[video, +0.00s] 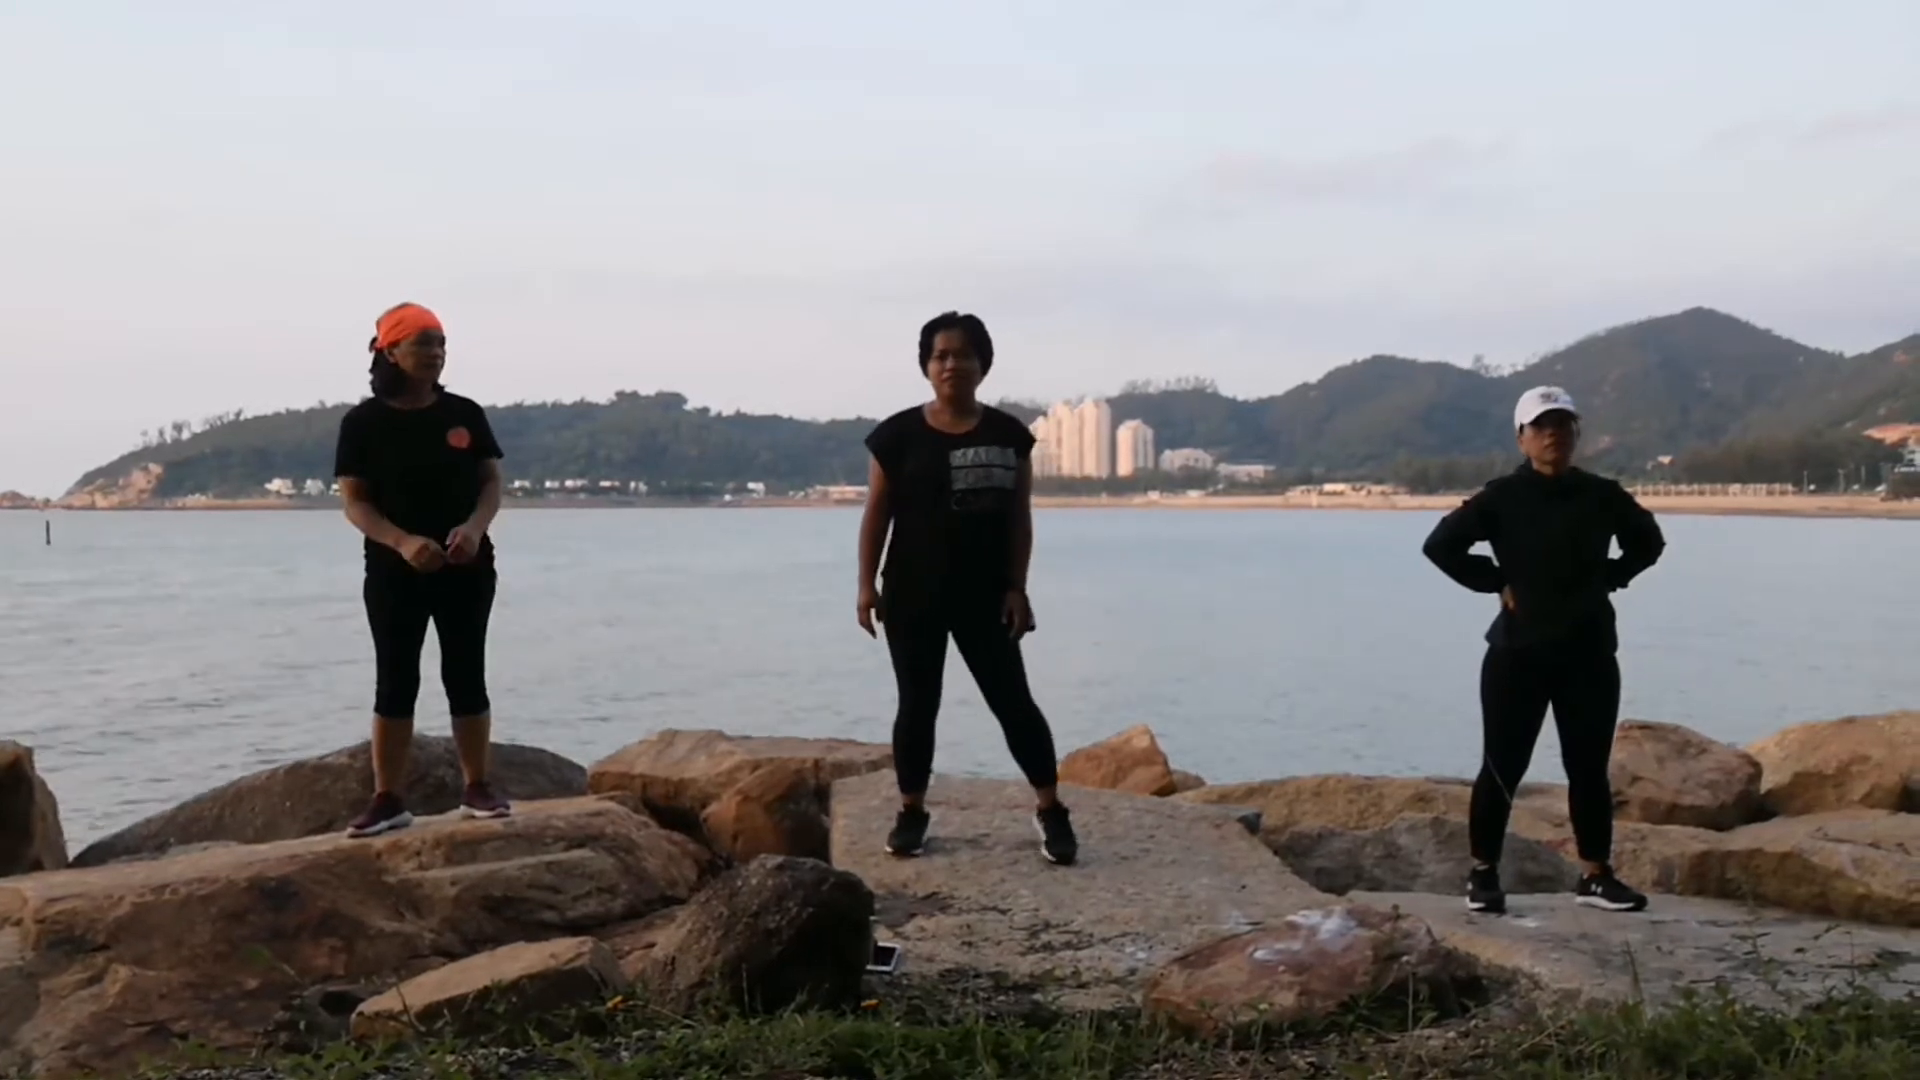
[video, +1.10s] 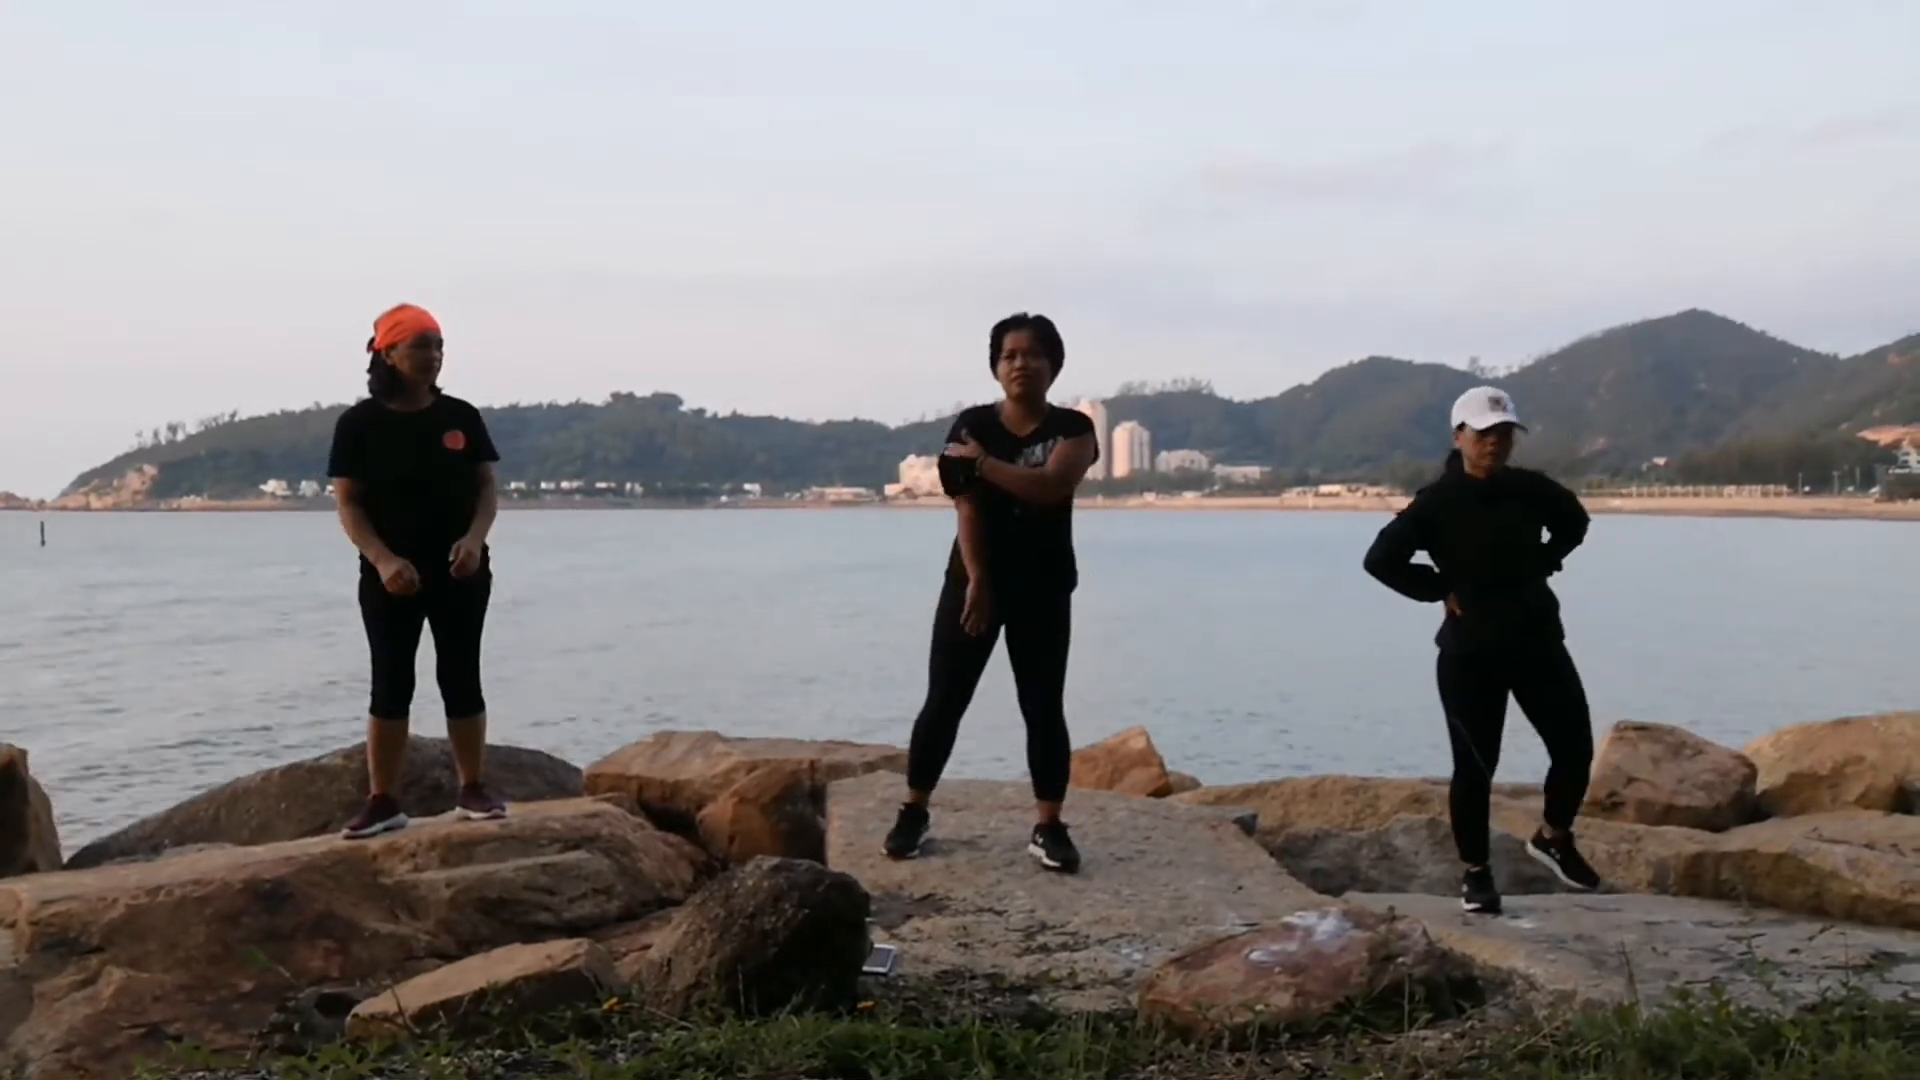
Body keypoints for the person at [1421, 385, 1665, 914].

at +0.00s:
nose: (1555, 437)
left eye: (1563, 427)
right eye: (1543, 428)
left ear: (1576, 434)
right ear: (1522, 437)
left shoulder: (1601, 494)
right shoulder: (1502, 497)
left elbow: (1649, 541)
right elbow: (1439, 547)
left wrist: (1608, 577)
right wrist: (1497, 582)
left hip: (1588, 654)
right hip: (1519, 653)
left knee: (1590, 770)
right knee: (1502, 768)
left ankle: (1597, 875)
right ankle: (1484, 874)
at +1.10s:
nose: (1493, 442)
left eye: (1502, 432)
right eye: (1482, 433)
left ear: (1512, 436)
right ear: (1459, 437)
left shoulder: (1532, 489)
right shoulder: (1437, 502)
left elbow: (1574, 524)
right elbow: (1380, 561)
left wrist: (1542, 565)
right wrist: (1441, 591)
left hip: (1536, 642)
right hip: (1471, 648)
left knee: (1575, 749)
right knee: (1474, 765)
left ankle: (1555, 836)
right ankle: (1476, 873)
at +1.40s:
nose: (1501, 451)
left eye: (1505, 441)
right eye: (1490, 441)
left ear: (1510, 437)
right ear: (1459, 437)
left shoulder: (1527, 485)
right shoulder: (1432, 498)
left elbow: (1575, 523)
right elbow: (1375, 560)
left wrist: (1541, 560)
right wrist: (1436, 588)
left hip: (1533, 639)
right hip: (1473, 647)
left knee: (1571, 737)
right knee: (1472, 766)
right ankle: (1475, 877)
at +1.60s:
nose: (1515, 457)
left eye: (1519, 447)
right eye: (1505, 446)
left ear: (1521, 444)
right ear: (1474, 442)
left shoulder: (1536, 489)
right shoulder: (1447, 501)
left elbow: (1567, 525)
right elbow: (1388, 567)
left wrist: (1536, 570)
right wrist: (1450, 594)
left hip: (1541, 636)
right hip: (1479, 642)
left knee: (1570, 743)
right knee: (1476, 765)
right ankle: (1473, 874)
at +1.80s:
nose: (1552, 465)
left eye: (1557, 456)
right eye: (1543, 454)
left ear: (1562, 449)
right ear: (1511, 446)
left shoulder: (1562, 496)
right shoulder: (1479, 502)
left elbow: (1566, 549)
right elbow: (1421, 565)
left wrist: (1538, 591)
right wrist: (1476, 599)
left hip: (1556, 644)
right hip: (1495, 648)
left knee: (1592, 759)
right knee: (1485, 767)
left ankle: (1626, 865)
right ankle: (1474, 877)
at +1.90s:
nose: (1581, 472)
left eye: (1587, 463)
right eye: (1573, 461)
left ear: (1593, 455)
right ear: (1542, 449)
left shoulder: (1591, 499)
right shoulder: (1507, 500)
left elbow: (1604, 548)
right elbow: (1442, 556)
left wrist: (1577, 590)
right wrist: (1498, 595)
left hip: (1580, 648)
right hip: (1516, 649)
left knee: (1613, 768)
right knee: (1496, 769)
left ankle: (1643, 879)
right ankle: (1475, 878)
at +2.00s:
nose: (1603, 471)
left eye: (1610, 461)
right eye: (1594, 460)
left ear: (1618, 451)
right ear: (1566, 446)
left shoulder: (1621, 496)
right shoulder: (1527, 498)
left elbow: (1644, 545)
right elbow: (1459, 547)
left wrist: (1605, 581)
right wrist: (1512, 585)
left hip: (1604, 649)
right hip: (1536, 650)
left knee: (1627, 767)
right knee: (1513, 766)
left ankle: (1645, 880)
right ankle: (1478, 875)